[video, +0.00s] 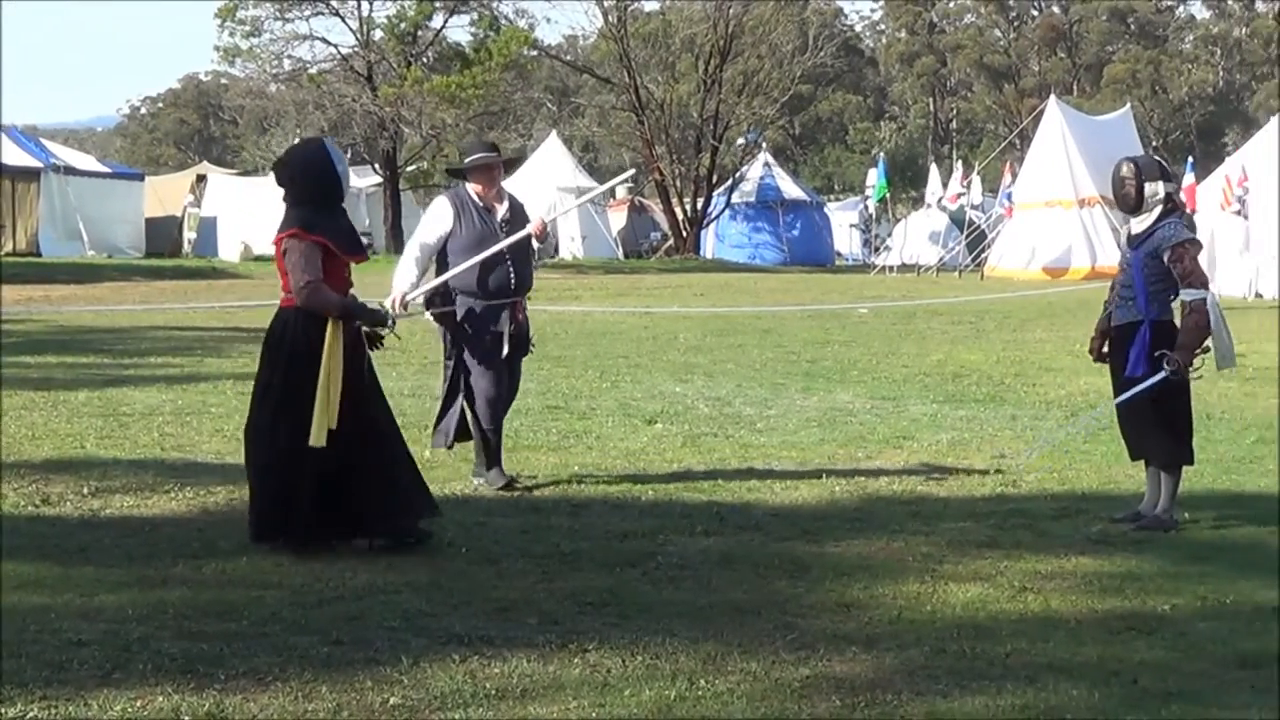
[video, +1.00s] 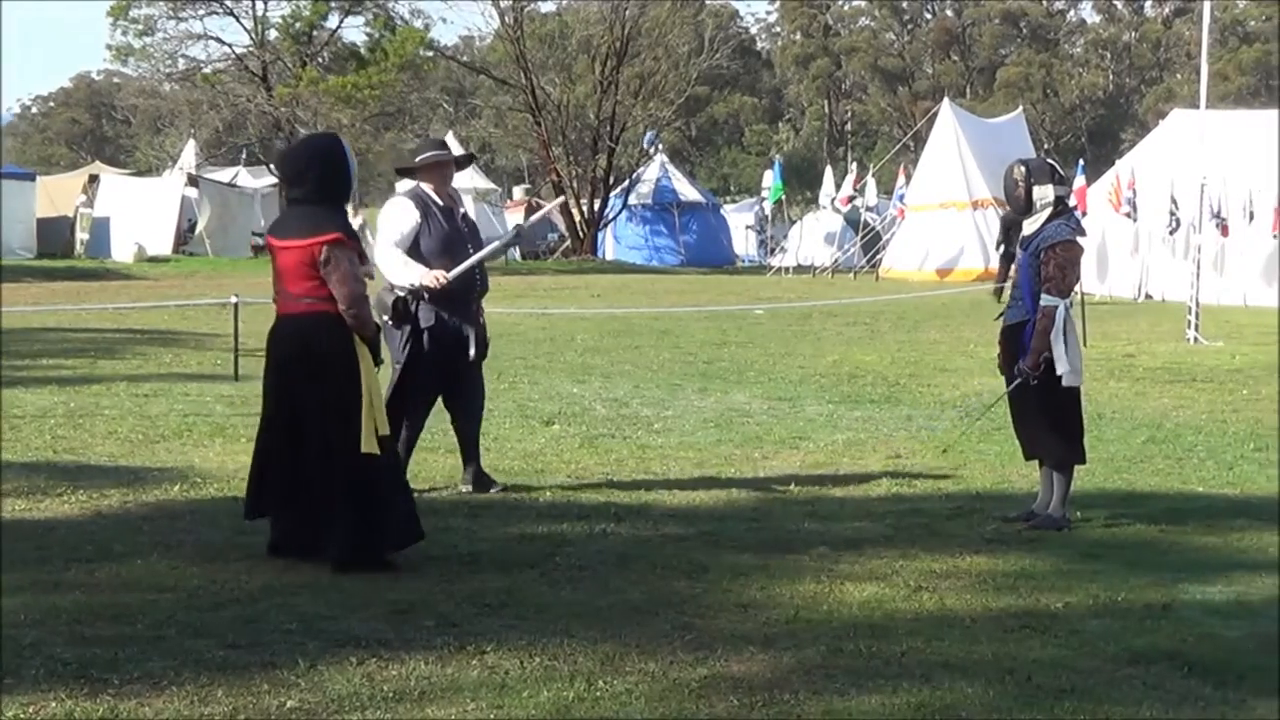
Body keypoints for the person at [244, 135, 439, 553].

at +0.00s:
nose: (345, 180)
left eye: (342, 172)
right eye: (338, 172)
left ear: (301, 181)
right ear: (320, 179)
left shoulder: (321, 226)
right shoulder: (300, 229)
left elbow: (326, 288)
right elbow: (308, 291)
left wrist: (358, 320)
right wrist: (360, 310)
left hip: (331, 334)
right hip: (308, 336)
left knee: (346, 425)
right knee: (312, 429)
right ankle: (311, 523)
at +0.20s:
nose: (342, 181)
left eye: (339, 174)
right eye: (336, 174)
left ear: (300, 184)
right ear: (321, 181)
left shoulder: (324, 224)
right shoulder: (302, 230)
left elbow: (335, 287)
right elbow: (314, 290)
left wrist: (366, 316)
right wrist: (361, 311)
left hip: (338, 332)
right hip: (313, 334)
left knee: (352, 426)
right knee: (312, 427)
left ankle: (361, 524)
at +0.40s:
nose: (346, 179)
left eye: (342, 171)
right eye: (340, 172)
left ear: (301, 180)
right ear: (326, 177)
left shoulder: (326, 226)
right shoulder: (302, 230)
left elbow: (336, 287)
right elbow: (319, 290)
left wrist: (365, 315)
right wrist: (367, 313)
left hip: (336, 330)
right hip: (313, 333)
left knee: (344, 428)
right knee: (314, 430)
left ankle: (345, 525)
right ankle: (317, 527)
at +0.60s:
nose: (340, 174)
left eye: (336, 167)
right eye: (334, 167)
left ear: (290, 178)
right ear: (319, 174)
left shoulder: (311, 225)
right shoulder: (303, 230)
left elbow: (329, 290)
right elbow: (322, 294)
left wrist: (357, 318)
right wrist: (359, 323)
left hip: (315, 333)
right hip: (311, 336)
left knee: (312, 435)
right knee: (325, 436)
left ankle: (308, 533)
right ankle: (337, 538)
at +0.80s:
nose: (342, 176)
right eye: (336, 169)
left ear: (285, 180)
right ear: (325, 176)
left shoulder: (283, 225)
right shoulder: (316, 229)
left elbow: (296, 292)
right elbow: (337, 300)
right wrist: (362, 337)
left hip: (286, 334)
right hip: (319, 338)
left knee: (296, 437)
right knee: (329, 438)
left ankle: (300, 535)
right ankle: (352, 539)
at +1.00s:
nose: (351, 180)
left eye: (348, 172)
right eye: (347, 173)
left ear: (290, 180)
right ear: (337, 179)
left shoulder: (279, 230)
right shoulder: (331, 234)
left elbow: (284, 293)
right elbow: (351, 303)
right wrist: (374, 337)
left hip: (286, 336)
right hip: (329, 339)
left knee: (296, 434)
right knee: (342, 435)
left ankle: (291, 532)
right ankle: (353, 541)